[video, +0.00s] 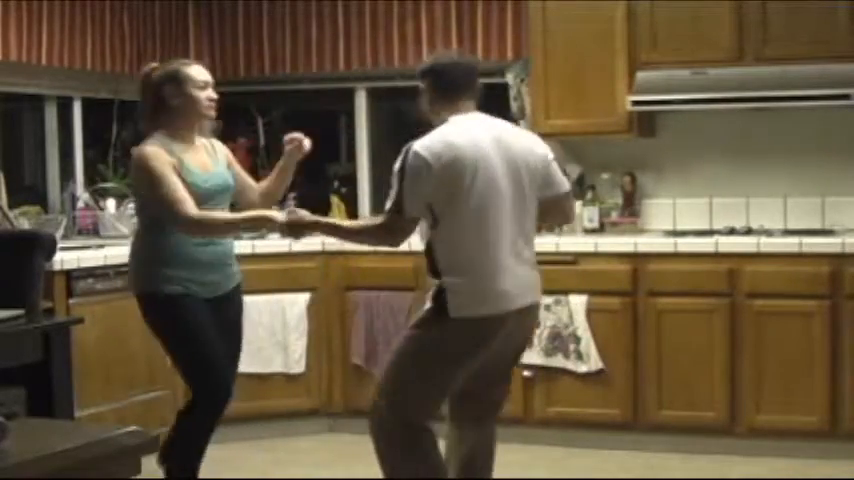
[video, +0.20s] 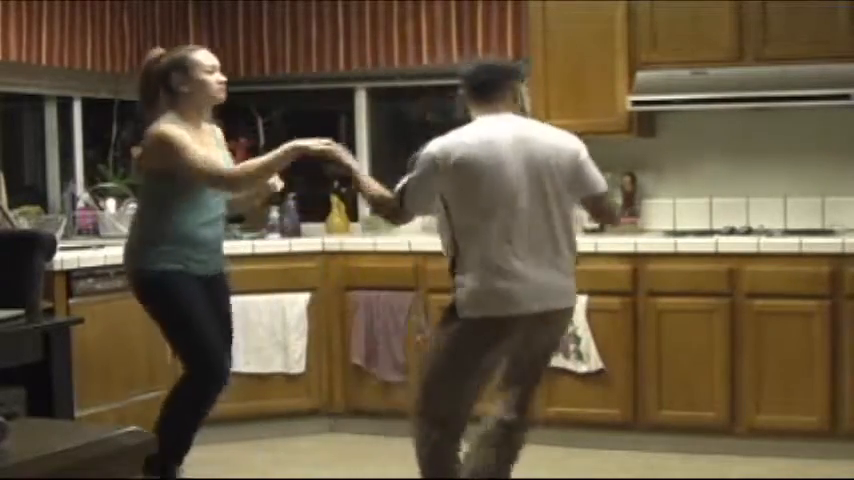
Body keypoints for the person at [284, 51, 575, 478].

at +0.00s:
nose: (421, 105)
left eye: (421, 95)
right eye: (422, 95)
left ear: (430, 95)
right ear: (476, 93)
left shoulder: (426, 152)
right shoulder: (526, 142)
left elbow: (392, 233)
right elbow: (562, 210)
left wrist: (315, 224)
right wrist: (502, 215)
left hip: (465, 312)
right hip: (523, 308)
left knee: (395, 416)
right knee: (475, 416)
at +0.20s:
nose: (523, 99)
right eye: (522, 93)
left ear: (467, 100)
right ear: (517, 94)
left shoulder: (447, 150)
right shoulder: (563, 145)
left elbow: (395, 210)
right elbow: (606, 213)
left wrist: (346, 160)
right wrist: (611, 195)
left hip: (484, 306)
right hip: (554, 304)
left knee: (438, 418)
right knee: (515, 406)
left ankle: (443, 473)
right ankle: (488, 473)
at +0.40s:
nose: (513, 104)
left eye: (513, 97)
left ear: (519, 98)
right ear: (568, 95)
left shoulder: (500, 151)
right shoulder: (619, 147)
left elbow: (466, 213)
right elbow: (649, 220)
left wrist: (409, 195)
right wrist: (670, 221)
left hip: (533, 313)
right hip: (601, 310)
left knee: (470, 420)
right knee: (587, 413)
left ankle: (456, 474)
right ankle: (612, 474)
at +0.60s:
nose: (546, 95)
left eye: (546, 90)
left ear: (552, 90)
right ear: (603, 89)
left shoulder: (536, 146)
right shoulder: (653, 140)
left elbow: (497, 213)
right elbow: (703, 211)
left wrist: (430, 193)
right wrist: (703, 198)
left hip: (580, 302)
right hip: (647, 300)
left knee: (505, 386)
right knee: (620, 439)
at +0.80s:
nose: (538, 96)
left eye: (539, 89)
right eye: (539, 90)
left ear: (547, 89)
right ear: (596, 87)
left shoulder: (541, 138)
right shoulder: (643, 138)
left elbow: (521, 219)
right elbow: (681, 211)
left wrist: (462, 206)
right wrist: (634, 196)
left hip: (591, 305)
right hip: (651, 299)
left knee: (546, 417)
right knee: (621, 426)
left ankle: (599, 471)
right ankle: (619, 476)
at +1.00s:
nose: (515, 96)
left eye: (516, 87)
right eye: (515, 88)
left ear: (528, 86)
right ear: (571, 86)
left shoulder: (524, 126)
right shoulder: (614, 133)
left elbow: (516, 214)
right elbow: (643, 214)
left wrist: (488, 203)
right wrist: (585, 213)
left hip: (582, 300)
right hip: (632, 293)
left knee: (587, 425)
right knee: (600, 419)